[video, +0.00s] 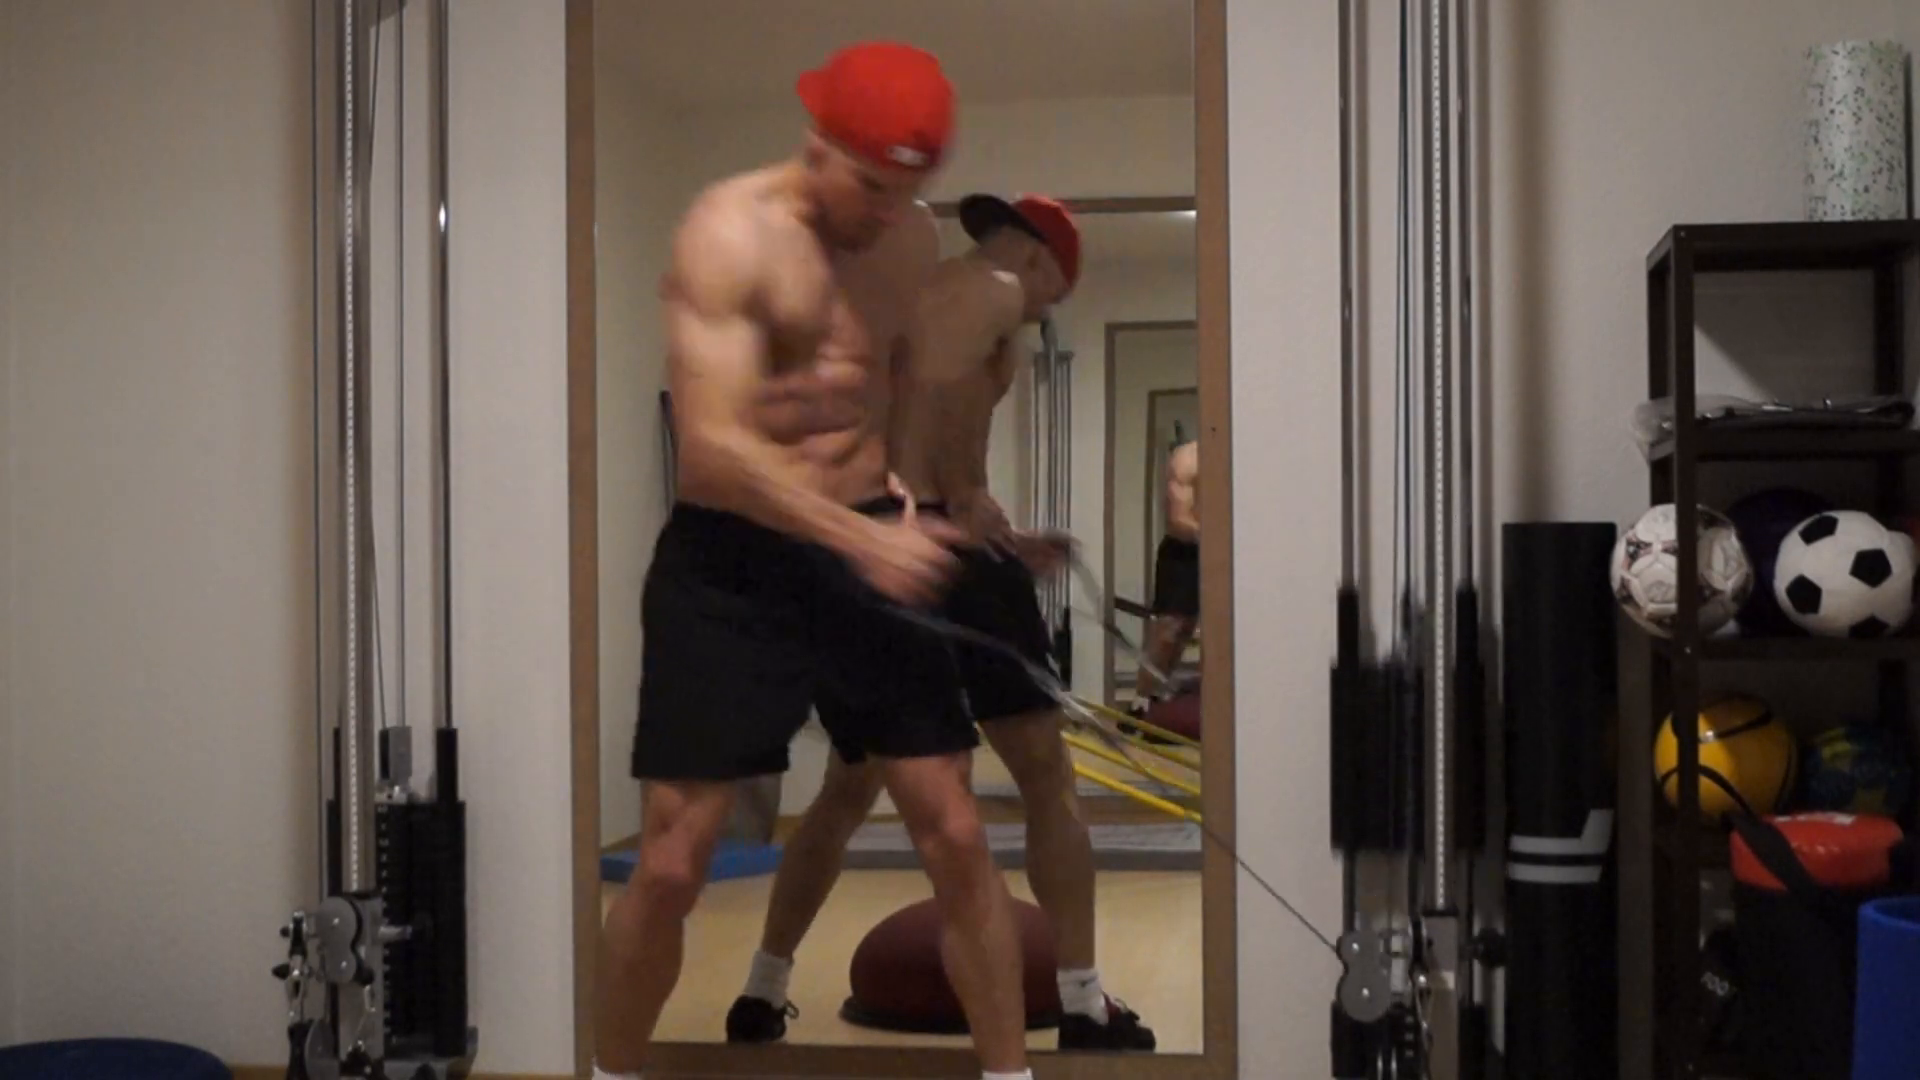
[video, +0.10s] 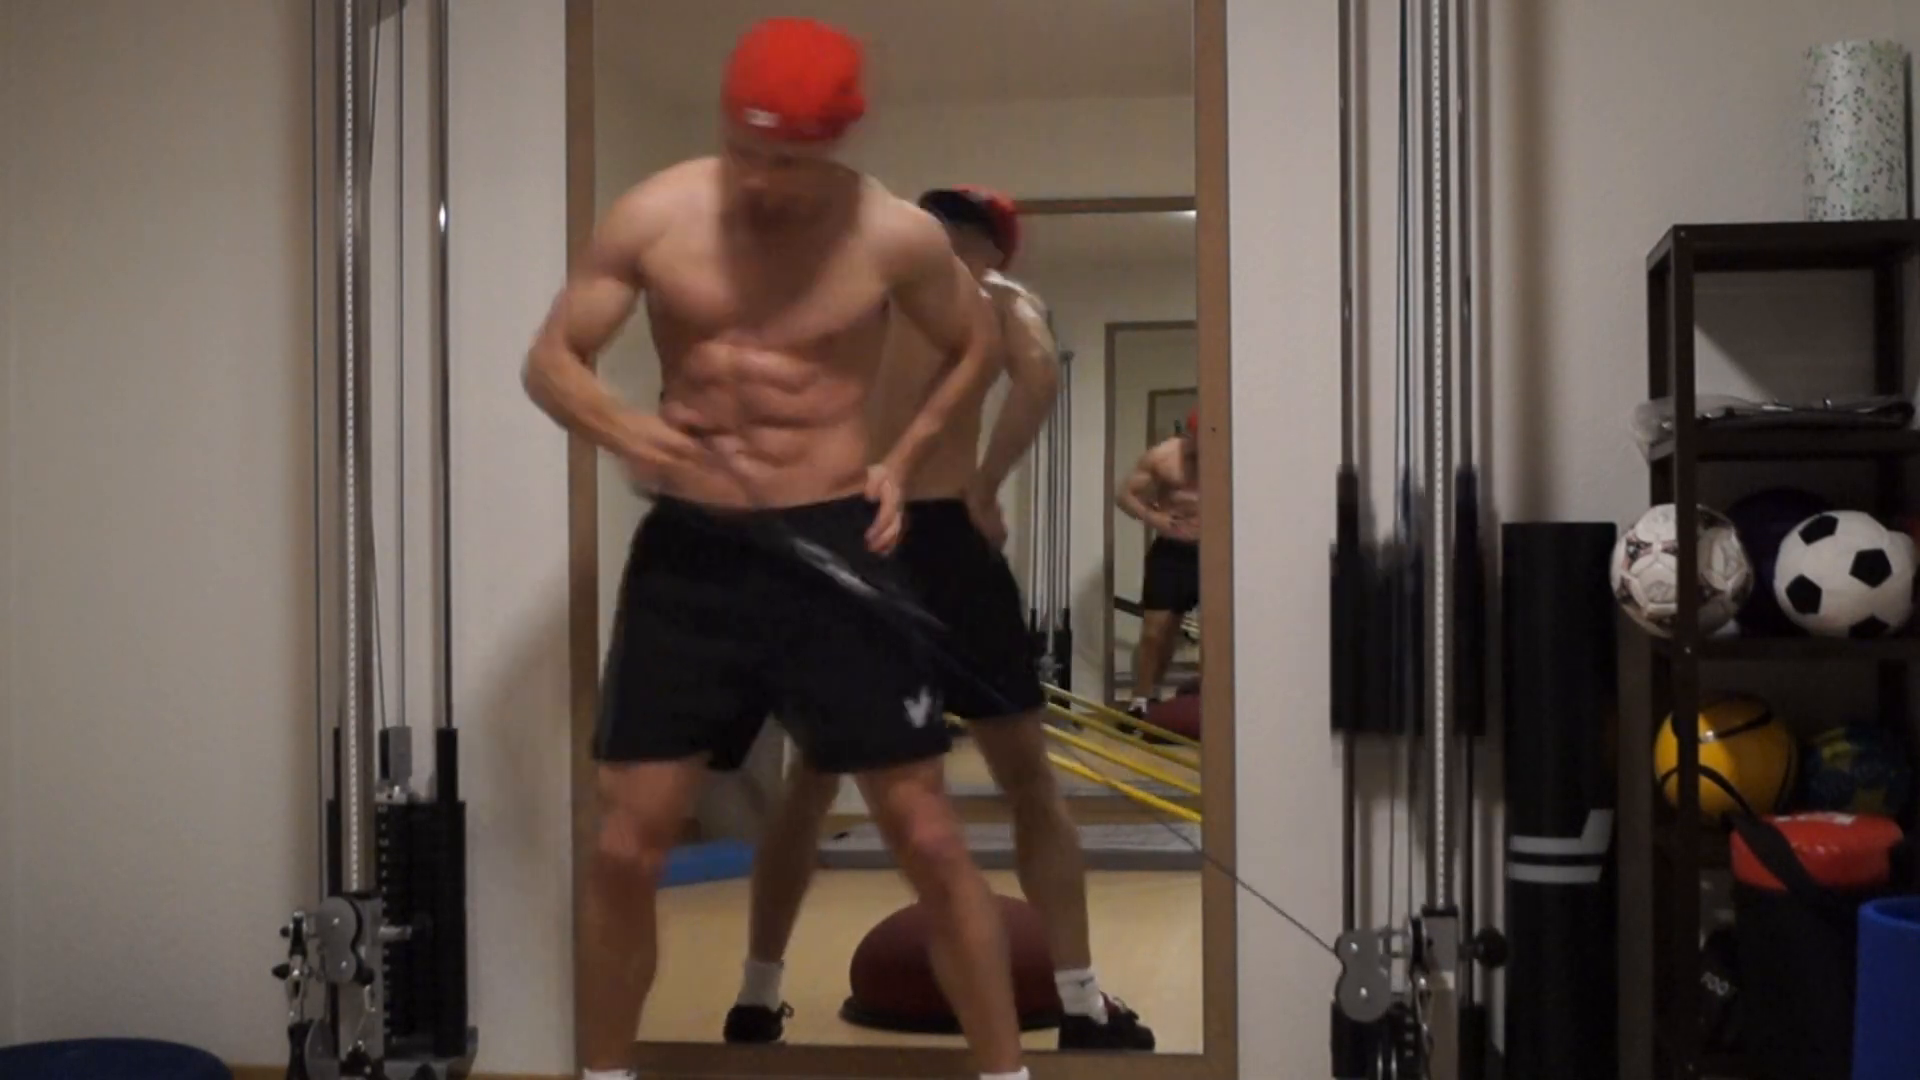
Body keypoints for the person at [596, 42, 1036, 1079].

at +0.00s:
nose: (890, 208)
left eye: (906, 187)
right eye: (871, 182)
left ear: (923, 170)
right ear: (817, 141)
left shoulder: (906, 237)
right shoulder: (729, 228)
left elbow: (888, 383)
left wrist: (902, 495)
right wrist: (860, 537)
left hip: (862, 551)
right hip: (728, 564)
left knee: (958, 835)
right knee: (670, 868)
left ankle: (1009, 1075)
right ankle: (613, 1074)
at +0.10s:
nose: (767, 175)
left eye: (795, 156)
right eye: (751, 148)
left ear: (842, 144)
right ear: (725, 126)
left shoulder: (896, 237)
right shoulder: (653, 216)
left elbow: (978, 348)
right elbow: (549, 361)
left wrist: (900, 461)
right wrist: (627, 431)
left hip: (842, 564)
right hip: (691, 563)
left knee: (930, 841)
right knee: (622, 851)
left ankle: (1004, 1073)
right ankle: (605, 1075)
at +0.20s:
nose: (698, 181)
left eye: (723, 163)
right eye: (686, 157)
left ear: (784, 142)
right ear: (672, 130)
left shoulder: (844, 233)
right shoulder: (638, 213)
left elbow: (985, 344)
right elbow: (556, 313)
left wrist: (887, 470)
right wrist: (558, 367)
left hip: (812, 565)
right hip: (671, 559)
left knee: (905, 845)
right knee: (606, 846)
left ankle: (999, 1074)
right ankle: (601, 1075)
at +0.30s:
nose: (656, 193)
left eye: (682, 176)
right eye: (645, 168)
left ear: (746, 153)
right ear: (630, 141)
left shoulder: (812, 244)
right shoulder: (632, 219)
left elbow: (966, 366)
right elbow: (576, 289)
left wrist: (872, 487)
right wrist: (556, 340)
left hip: (794, 570)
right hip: (662, 560)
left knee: (883, 844)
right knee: (598, 841)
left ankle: (994, 1073)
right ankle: (601, 1075)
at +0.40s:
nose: (667, 186)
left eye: (693, 168)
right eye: (655, 162)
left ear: (755, 145)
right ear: (640, 137)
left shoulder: (821, 242)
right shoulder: (628, 222)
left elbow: (970, 363)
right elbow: (552, 309)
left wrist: (878, 488)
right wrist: (563, 364)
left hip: (802, 569)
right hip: (666, 558)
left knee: (893, 845)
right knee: (601, 845)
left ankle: (997, 1074)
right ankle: (602, 1076)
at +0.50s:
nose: (747, 170)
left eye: (773, 148)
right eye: (730, 144)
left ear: (814, 132)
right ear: (700, 118)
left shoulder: (879, 233)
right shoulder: (639, 222)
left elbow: (971, 351)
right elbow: (533, 366)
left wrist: (895, 473)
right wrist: (638, 418)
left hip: (837, 563)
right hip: (686, 559)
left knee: (927, 839)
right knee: (618, 845)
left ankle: (1003, 1072)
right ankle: (605, 1076)